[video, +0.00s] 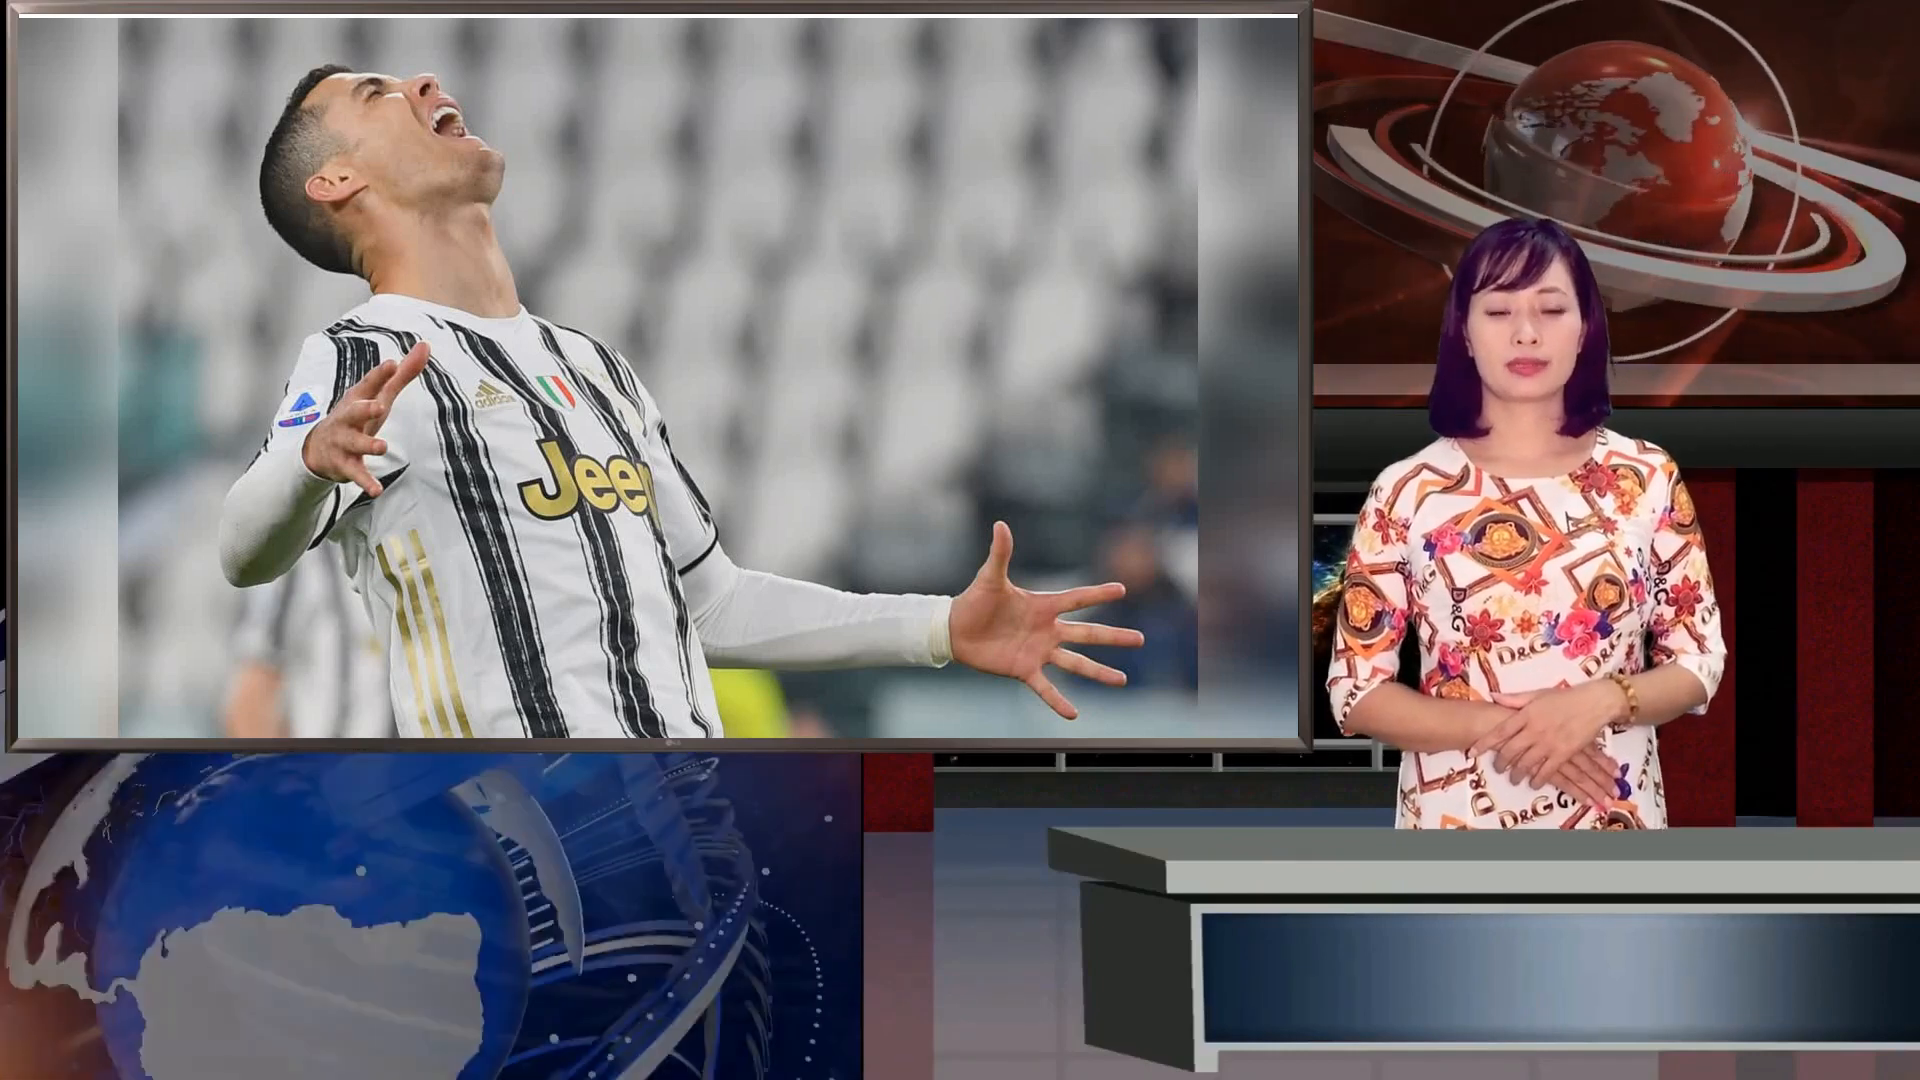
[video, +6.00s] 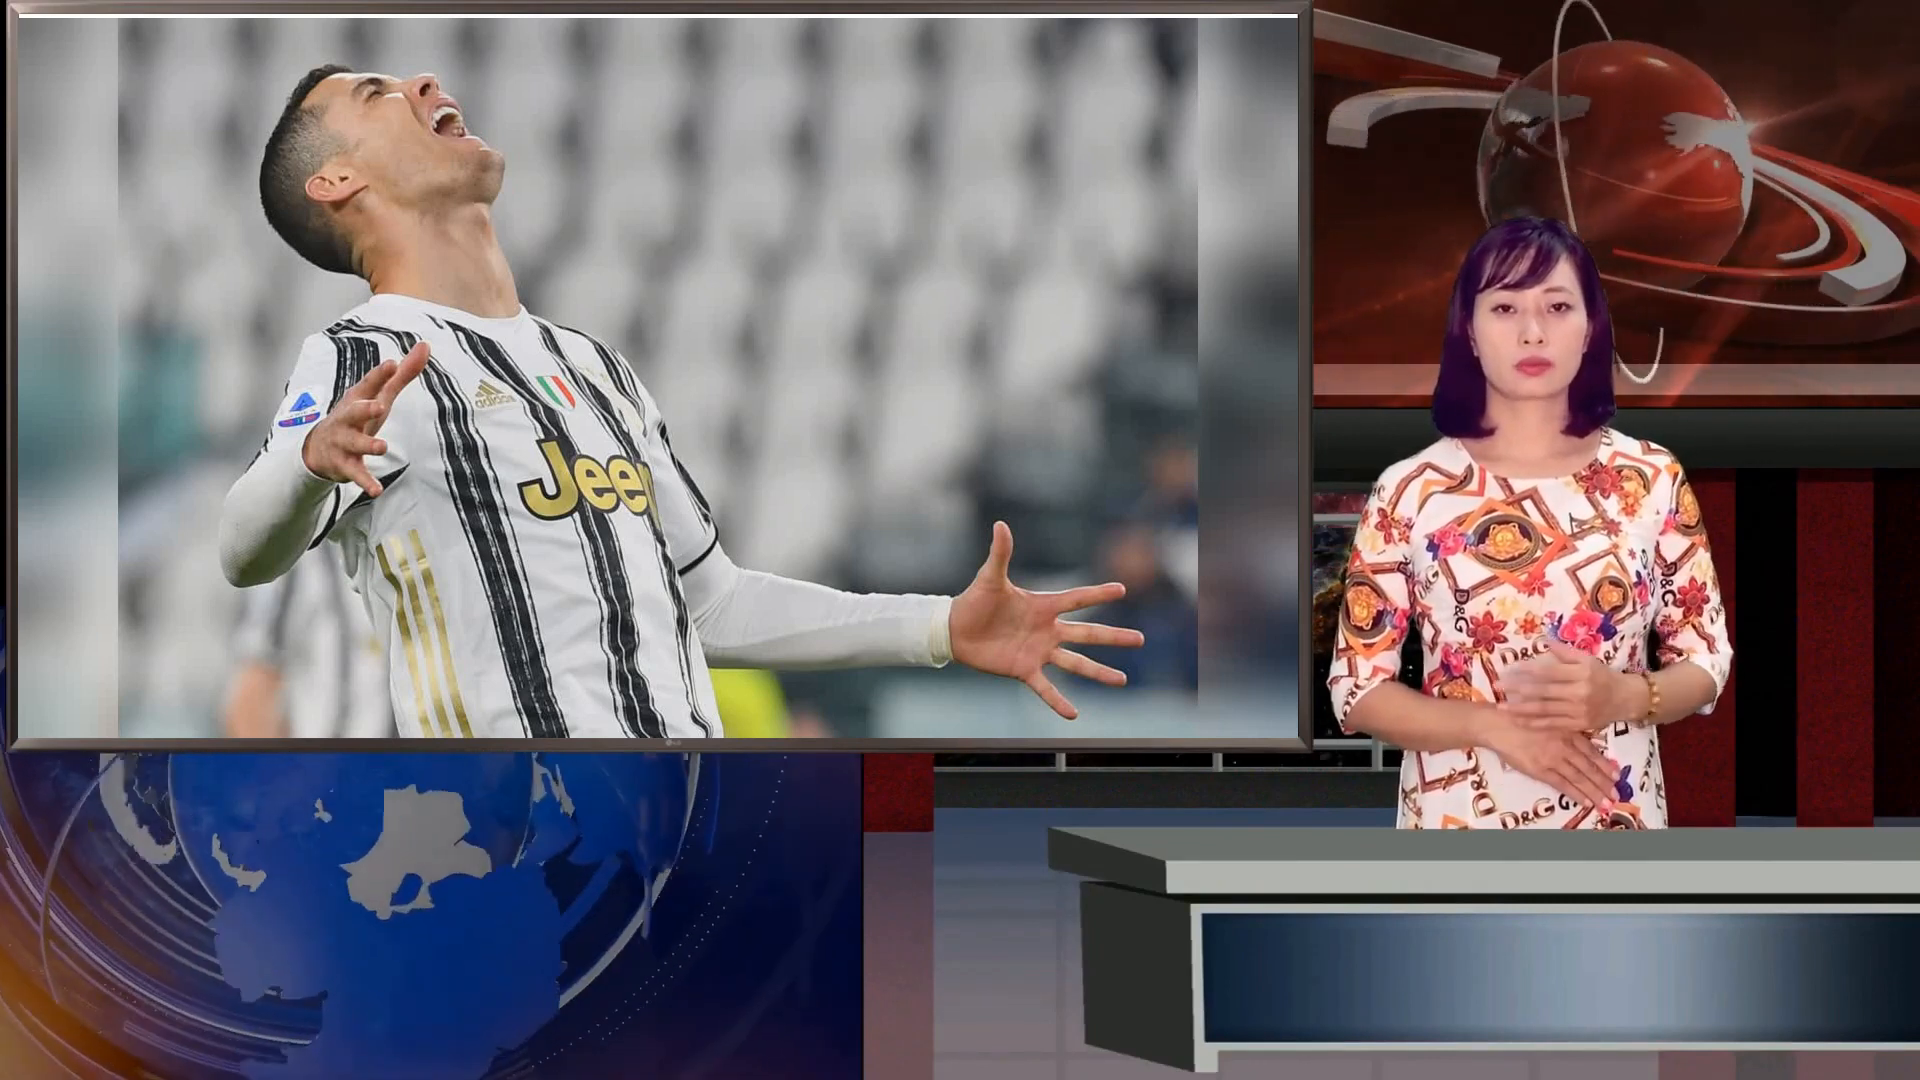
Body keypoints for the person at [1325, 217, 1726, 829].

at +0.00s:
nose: (1526, 332)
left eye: (1552, 309)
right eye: (1498, 311)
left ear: (1586, 326)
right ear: (1463, 330)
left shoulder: (1645, 478)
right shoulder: (1405, 492)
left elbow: (1698, 662)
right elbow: (1355, 691)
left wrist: (1599, 701)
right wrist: (1509, 730)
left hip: (1612, 833)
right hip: (1455, 832)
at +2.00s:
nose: (1532, 329)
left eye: (1557, 305)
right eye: (1504, 307)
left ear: (1590, 325)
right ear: (1467, 328)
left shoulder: (1650, 478)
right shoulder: (1409, 492)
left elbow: (1704, 661)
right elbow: (1359, 691)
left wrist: (1606, 702)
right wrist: (1517, 732)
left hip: (1617, 830)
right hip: (1460, 831)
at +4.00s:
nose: (1531, 329)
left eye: (1555, 305)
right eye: (1502, 307)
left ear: (1588, 326)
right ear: (1466, 328)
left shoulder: (1647, 479)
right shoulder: (1406, 492)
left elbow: (1704, 668)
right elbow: (1355, 689)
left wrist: (1652, 682)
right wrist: (1498, 724)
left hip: (1613, 833)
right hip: (1456, 832)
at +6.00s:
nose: (1532, 330)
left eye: (1558, 307)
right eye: (1504, 308)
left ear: (1591, 326)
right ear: (1468, 329)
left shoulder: (1651, 479)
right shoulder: (1409, 491)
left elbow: (1704, 661)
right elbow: (1356, 689)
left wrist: (1622, 697)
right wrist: (1490, 725)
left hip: (1616, 833)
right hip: (1459, 831)